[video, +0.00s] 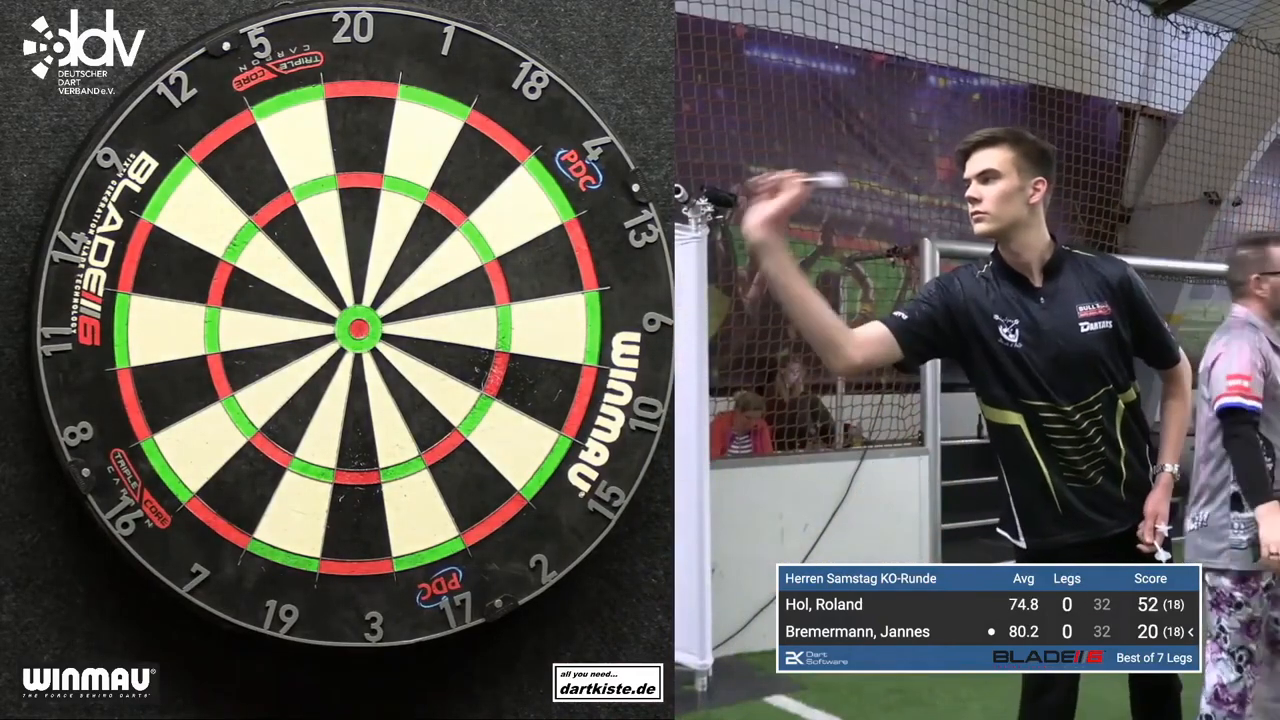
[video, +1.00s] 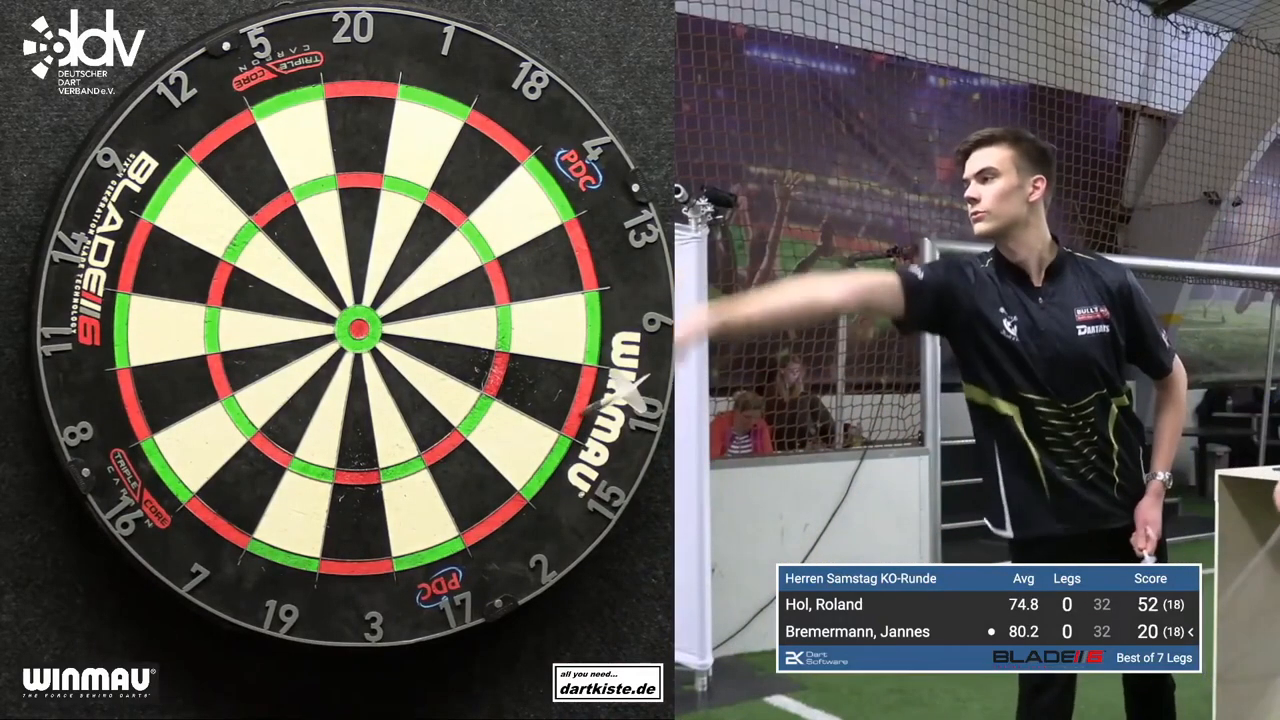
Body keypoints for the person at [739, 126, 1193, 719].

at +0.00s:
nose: (970, 195)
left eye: (987, 179)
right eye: (968, 185)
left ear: (1037, 191)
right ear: (968, 200)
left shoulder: (1108, 279)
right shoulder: (960, 297)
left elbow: (1177, 374)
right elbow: (847, 352)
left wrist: (1166, 479)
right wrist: (765, 241)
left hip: (1136, 523)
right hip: (1046, 538)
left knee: (1158, 685)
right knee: (1050, 698)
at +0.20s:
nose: (968, 194)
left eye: (986, 179)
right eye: (966, 184)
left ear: (1035, 189)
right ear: (966, 199)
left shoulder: (1107, 279)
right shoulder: (961, 297)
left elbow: (1174, 373)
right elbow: (844, 349)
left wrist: (1162, 481)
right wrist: (821, 213)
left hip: (1133, 528)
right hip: (1043, 543)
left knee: (1155, 686)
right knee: (1047, 700)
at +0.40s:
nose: (967, 196)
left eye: (984, 180)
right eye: (964, 185)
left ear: (1033, 191)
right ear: (963, 201)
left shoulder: (1105, 279)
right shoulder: (959, 297)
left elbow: (1173, 377)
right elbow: (842, 349)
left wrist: (1161, 481)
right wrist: (847, 216)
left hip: (1131, 528)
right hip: (1039, 542)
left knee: (1155, 687)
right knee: (1046, 700)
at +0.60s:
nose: (965, 196)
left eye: (982, 180)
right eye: (962, 186)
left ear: (1032, 191)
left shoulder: (1104, 280)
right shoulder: (958, 299)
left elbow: (1172, 378)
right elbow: (840, 356)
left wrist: (1159, 481)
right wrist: (832, 220)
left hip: (1130, 527)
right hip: (1039, 543)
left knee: (1154, 684)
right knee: (1046, 699)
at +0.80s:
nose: (968, 192)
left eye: (985, 177)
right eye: (965, 184)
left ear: (1035, 190)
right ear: (966, 199)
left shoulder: (1104, 282)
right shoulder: (959, 280)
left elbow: (1174, 377)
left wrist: (1160, 487)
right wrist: (698, 271)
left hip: (1132, 520)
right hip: (1047, 529)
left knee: (1154, 681)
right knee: (1048, 693)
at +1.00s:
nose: (970, 193)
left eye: (986, 178)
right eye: (967, 184)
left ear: (1037, 188)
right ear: (969, 198)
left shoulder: (1109, 283)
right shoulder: (960, 284)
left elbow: (1173, 381)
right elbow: (840, 290)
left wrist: (1157, 487)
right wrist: (707, 318)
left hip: (1127, 522)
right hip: (1038, 535)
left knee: (1153, 682)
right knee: (1046, 691)